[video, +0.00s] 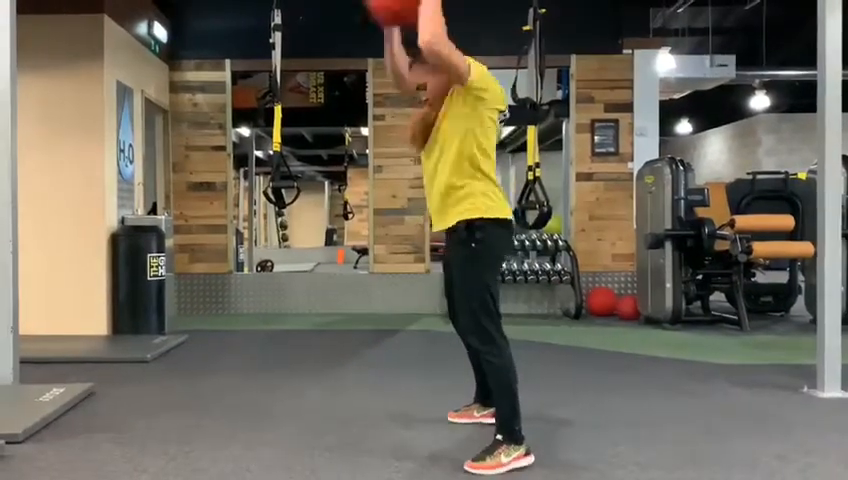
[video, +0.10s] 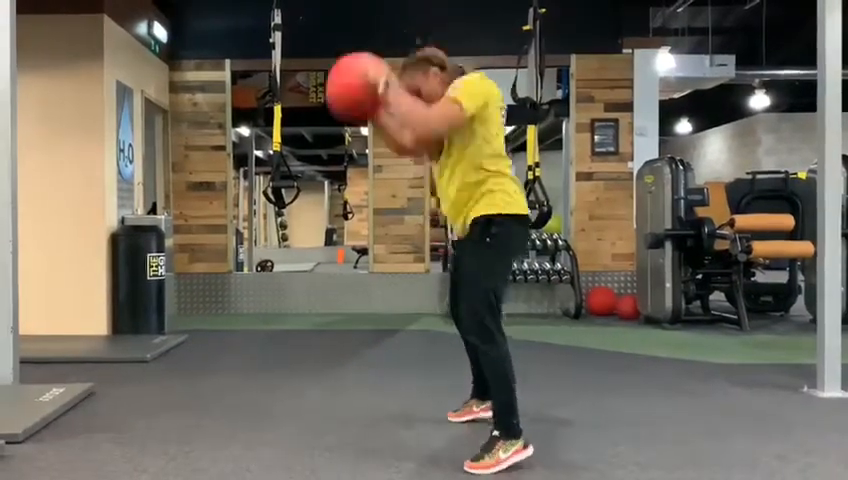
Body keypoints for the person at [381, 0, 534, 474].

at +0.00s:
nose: (426, 72)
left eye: (430, 62)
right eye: (425, 66)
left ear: (449, 57)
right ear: (428, 71)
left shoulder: (481, 85)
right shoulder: (443, 98)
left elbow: (432, 42)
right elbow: (401, 72)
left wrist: (427, 2)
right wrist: (391, 23)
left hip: (481, 221)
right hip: (459, 223)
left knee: (482, 325)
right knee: (464, 317)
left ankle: (513, 441)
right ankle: (487, 400)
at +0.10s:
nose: (417, 97)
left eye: (417, 89)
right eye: (413, 91)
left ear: (436, 72)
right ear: (430, 82)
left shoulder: (477, 85)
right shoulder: (446, 110)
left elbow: (430, 122)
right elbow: (408, 144)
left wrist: (387, 84)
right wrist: (374, 110)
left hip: (497, 216)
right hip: (471, 223)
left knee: (480, 316)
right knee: (466, 312)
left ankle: (510, 436)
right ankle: (485, 396)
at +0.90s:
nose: (347, 349)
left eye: (343, 344)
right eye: (341, 346)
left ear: (348, 327)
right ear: (350, 315)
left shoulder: (391, 315)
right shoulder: (382, 309)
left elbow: (422, 381)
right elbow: (420, 374)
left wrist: (416, 448)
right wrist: (414, 426)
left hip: (508, 324)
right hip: (504, 318)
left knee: (598, 385)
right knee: (597, 370)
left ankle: (720, 416)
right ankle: (687, 399)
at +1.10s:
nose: (358, 337)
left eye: (353, 331)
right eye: (352, 333)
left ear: (359, 312)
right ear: (364, 303)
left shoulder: (404, 304)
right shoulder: (399, 296)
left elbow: (424, 378)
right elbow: (424, 369)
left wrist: (415, 446)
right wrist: (414, 419)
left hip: (520, 328)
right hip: (518, 318)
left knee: (600, 400)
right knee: (599, 378)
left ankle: (724, 421)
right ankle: (690, 393)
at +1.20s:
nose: (364, 348)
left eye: (359, 339)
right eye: (355, 344)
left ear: (365, 316)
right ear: (366, 311)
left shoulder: (399, 306)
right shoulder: (396, 300)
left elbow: (417, 380)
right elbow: (418, 371)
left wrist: (413, 446)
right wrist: (415, 421)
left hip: (517, 275)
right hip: (515, 271)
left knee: (586, 363)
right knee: (585, 355)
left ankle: (702, 403)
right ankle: (657, 383)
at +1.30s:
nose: (380, 339)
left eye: (375, 334)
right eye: (374, 336)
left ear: (380, 316)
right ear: (384, 308)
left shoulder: (414, 305)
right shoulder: (410, 297)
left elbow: (425, 377)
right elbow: (423, 370)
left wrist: (414, 446)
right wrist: (416, 419)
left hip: (519, 241)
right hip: (509, 247)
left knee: (541, 348)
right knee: (535, 345)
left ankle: (649, 393)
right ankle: (607, 379)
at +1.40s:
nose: (396, 332)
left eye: (393, 324)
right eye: (389, 328)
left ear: (400, 305)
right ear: (399, 301)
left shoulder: (429, 299)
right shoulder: (422, 294)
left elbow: (431, 375)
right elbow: (430, 369)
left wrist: (412, 442)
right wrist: (417, 418)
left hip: (539, 236)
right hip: (526, 235)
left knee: (503, 329)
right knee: (497, 325)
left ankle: (578, 421)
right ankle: (544, 396)